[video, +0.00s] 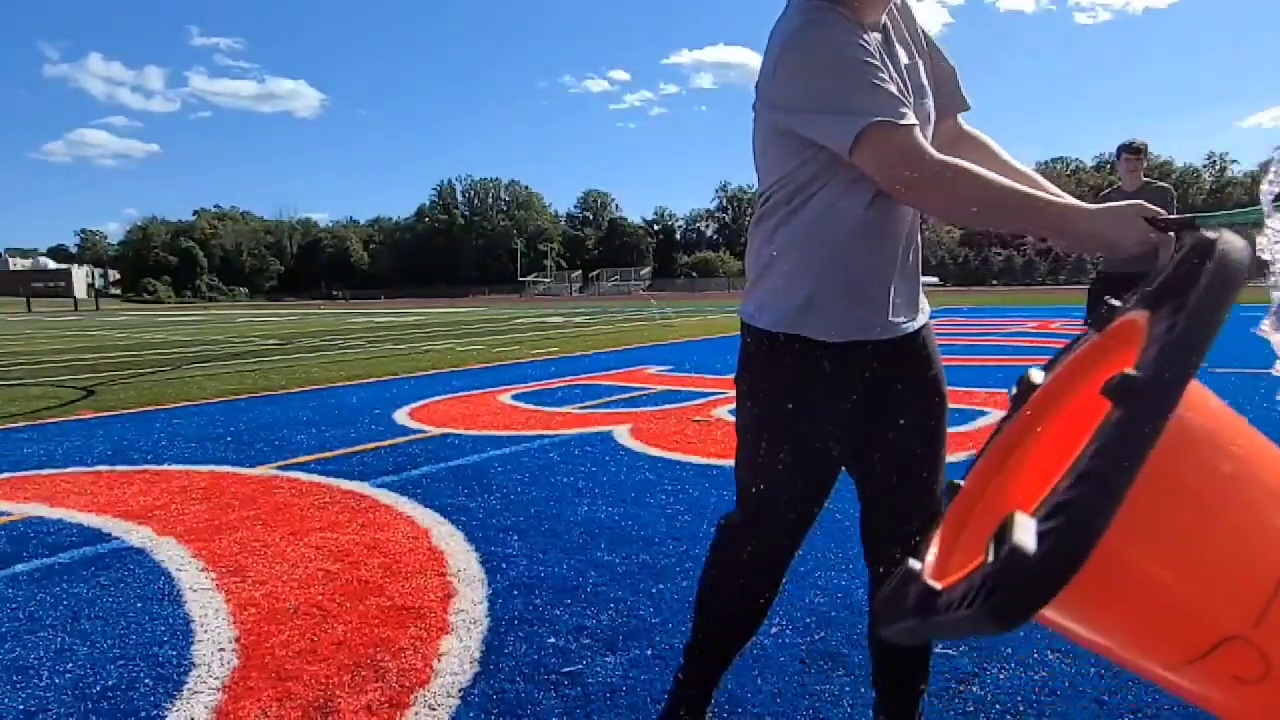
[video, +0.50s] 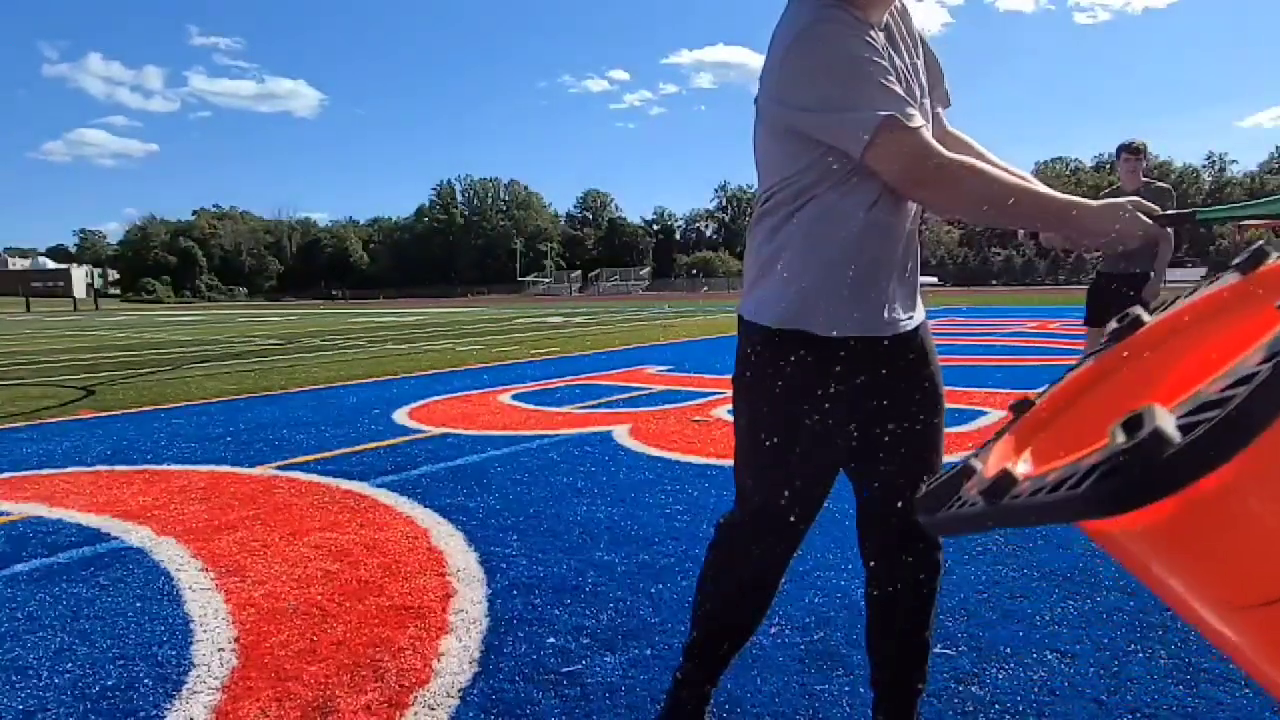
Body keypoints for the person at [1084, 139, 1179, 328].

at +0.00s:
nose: (1132, 164)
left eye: (1137, 159)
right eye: (1127, 159)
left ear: (1145, 163)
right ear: (1118, 163)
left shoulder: (1162, 194)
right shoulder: (1106, 198)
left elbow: (1168, 239)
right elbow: (1099, 234)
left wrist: (1159, 277)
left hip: (1147, 276)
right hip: (1111, 275)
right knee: (1097, 331)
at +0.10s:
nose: (1132, 165)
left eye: (1137, 159)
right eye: (1127, 159)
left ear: (1144, 163)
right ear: (1118, 163)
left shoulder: (1162, 194)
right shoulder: (1106, 198)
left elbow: (1167, 237)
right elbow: (1099, 233)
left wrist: (1159, 275)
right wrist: (1092, 251)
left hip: (1146, 275)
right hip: (1111, 275)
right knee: (1097, 332)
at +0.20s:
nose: (1132, 165)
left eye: (1137, 160)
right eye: (1127, 160)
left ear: (1144, 163)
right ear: (1118, 163)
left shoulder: (1162, 194)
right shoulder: (1106, 198)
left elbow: (1167, 238)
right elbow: (1099, 236)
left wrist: (1158, 276)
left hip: (1145, 277)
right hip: (1110, 276)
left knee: (1141, 341)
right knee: (1098, 341)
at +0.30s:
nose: (1132, 165)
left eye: (1137, 160)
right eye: (1127, 159)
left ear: (1144, 163)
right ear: (1118, 163)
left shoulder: (1161, 194)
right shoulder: (1106, 198)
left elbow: (1167, 238)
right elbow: (1097, 235)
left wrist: (1157, 280)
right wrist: (1091, 251)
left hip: (1141, 277)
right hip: (1108, 276)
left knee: (1135, 340)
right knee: (1094, 338)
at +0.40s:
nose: (1132, 165)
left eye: (1137, 160)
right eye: (1127, 160)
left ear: (1145, 163)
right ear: (1118, 164)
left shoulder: (1161, 194)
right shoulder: (1106, 198)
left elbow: (1166, 240)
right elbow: (1095, 238)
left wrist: (1157, 280)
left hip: (1141, 278)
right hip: (1107, 278)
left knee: (1139, 343)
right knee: (1098, 343)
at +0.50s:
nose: (1132, 165)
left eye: (1137, 160)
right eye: (1127, 160)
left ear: (1144, 163)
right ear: (1118, 164)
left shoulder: (1160, 193)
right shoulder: (1107, 198)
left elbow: (1166, 239)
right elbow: (1095, 235)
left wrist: (1157, 279)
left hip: (1140, 278)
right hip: (1106, 277)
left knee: (1133, 341)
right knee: (1093, 340)